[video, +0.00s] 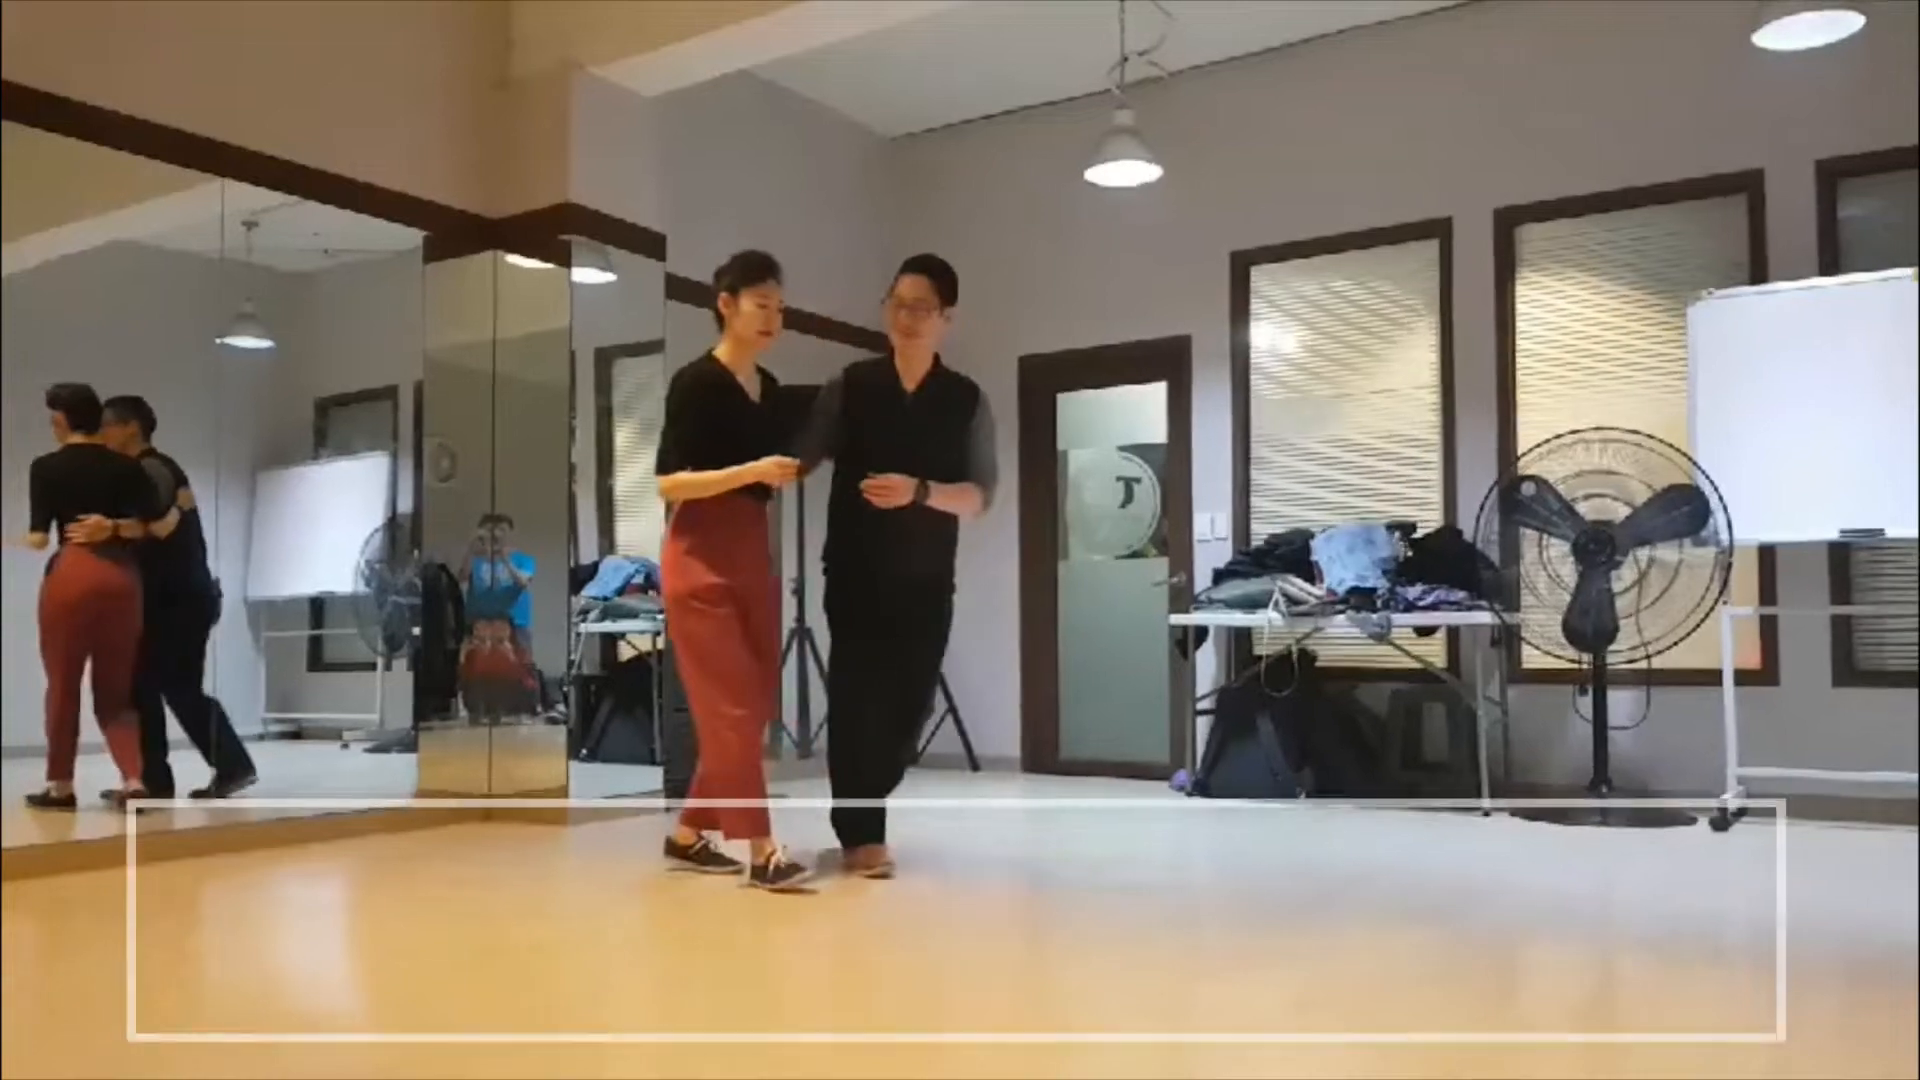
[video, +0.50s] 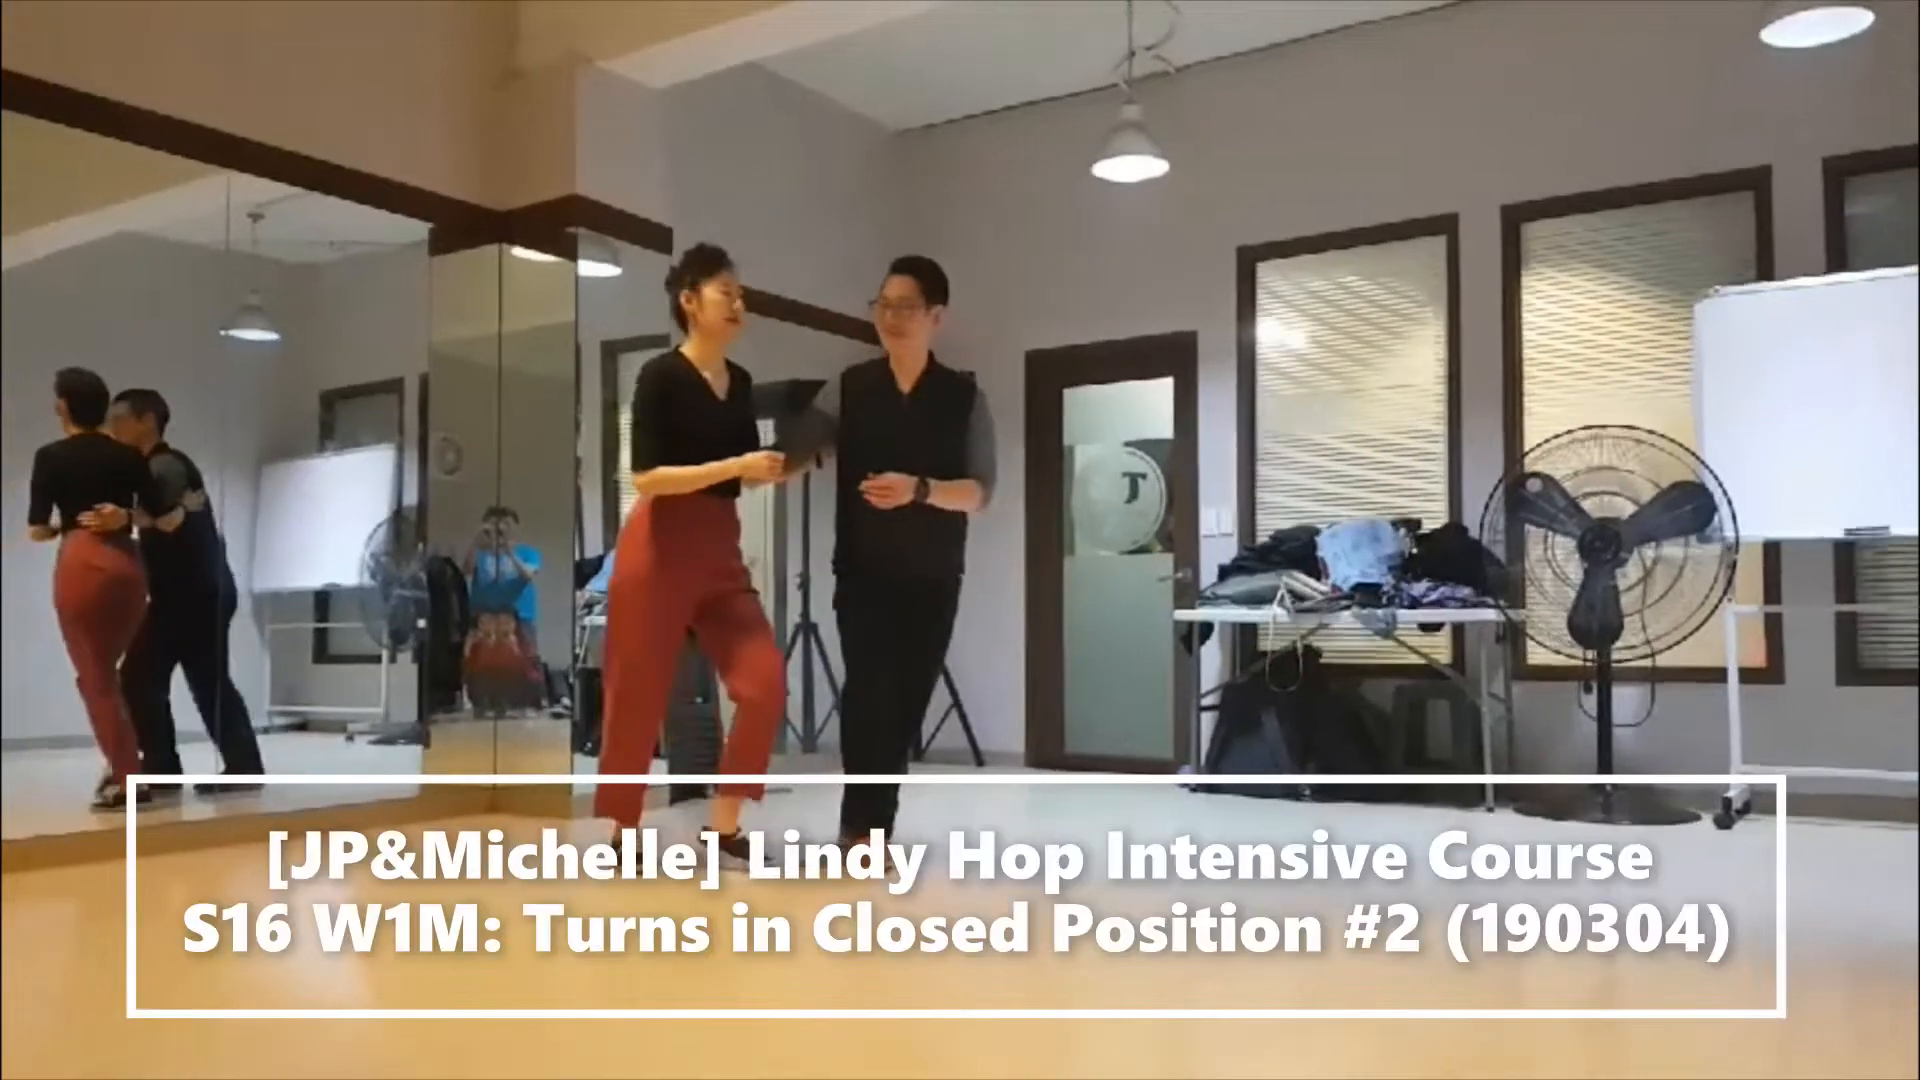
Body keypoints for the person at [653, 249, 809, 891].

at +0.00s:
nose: (772, 317)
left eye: (778, 306)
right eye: (760, 304)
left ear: (781, 312)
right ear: (725, 305)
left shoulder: (768, 389)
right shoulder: (695, 382)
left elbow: (765, 466)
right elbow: (670, 483)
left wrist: (788, 468)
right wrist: (752, 470)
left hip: (750, 554)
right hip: (698, 554)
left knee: (751, 693)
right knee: (733, 695)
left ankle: (689, 832)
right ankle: (762, 849)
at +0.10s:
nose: (762, 315)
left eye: (768, 304)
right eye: (750, 302)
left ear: (770, 311)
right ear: (715, 303)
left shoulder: (758, 386)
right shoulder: (682, 379)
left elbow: (750, 467)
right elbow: (660, 479)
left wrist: (779, 469)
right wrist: (744, 468)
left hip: (737, 550)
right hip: (683, 551)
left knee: (742, 689)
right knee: (726, 687)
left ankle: (689, 831)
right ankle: (732, 837)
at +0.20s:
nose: (752, 310)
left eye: (757, 300)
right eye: (740, 298)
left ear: (759, 306)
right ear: (704, 298)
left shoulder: (747, 380)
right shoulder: (670, 373)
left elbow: (738, 466)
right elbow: (652, 474)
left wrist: (774, 461)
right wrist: (739, 460)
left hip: (729, 544)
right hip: (673, 544)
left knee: (743, 685)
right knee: (703, 685)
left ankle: (702, 828)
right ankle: (676, 828)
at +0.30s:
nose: (745, 302)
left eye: (748, 291)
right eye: (733, 290)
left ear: (746, 300)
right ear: (695, 293)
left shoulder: (738, 375)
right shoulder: (662, 367)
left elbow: (731, 466)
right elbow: (645, 469)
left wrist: (775, 456)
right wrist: (734, 455)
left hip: (721, 536)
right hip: (664, 536)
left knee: (748, 682)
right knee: (668, 691)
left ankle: (701, 820)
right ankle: (629, 825)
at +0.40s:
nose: (740, 303)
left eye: (743, 292)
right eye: (729, 290)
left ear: (740, 300)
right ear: (691, 294)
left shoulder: (735, 377)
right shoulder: (659, 368)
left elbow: (729, 471)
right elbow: (644, 471)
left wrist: (780, 457)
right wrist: (733, 457)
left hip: (716, 548)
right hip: (657, 548)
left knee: (759, 681)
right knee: (644, 692)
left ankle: (709, 809)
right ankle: (624, 827)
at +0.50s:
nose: (737, 305)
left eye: (739, 294)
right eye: (724, 293)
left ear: (737, 305)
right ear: (687, 301)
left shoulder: (737, 381)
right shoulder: (660, 376)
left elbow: (738, 473)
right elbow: (647, 478)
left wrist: (791, 461)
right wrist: (737, 468)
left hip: (717, 559)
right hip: (655, 560)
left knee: (764, 681)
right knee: (638, 701)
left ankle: (724, 828)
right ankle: (619, 836)